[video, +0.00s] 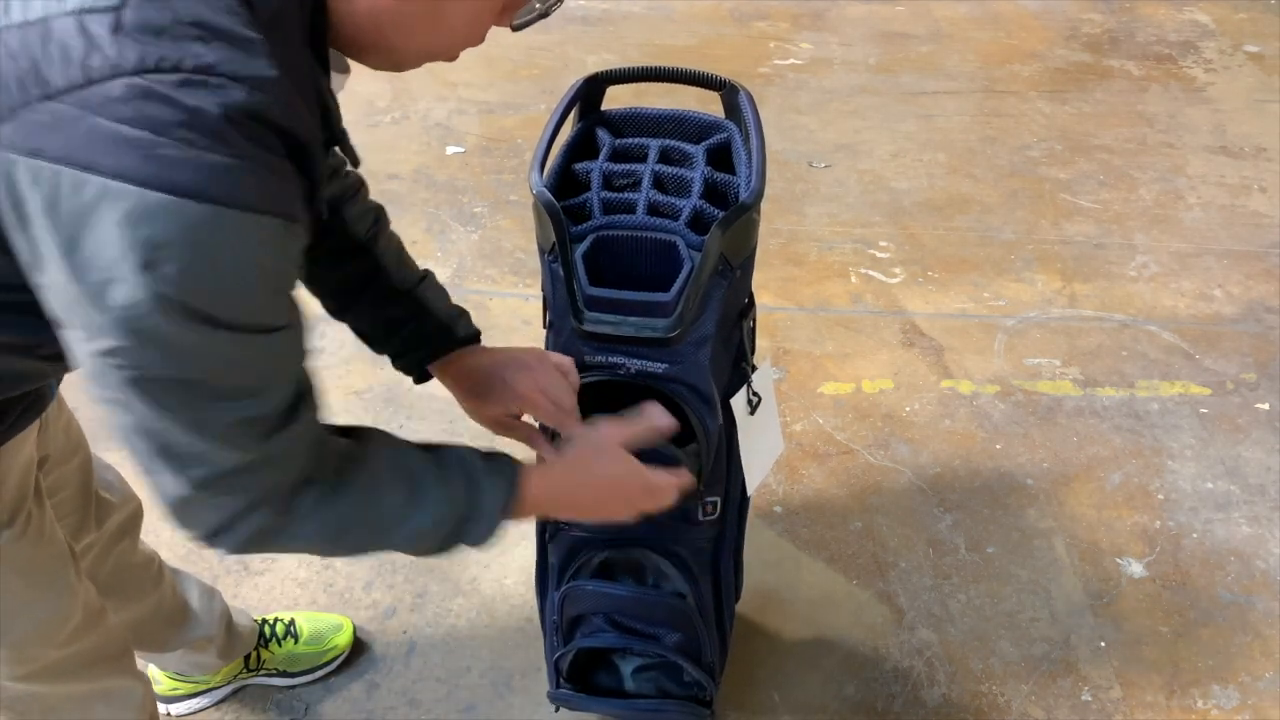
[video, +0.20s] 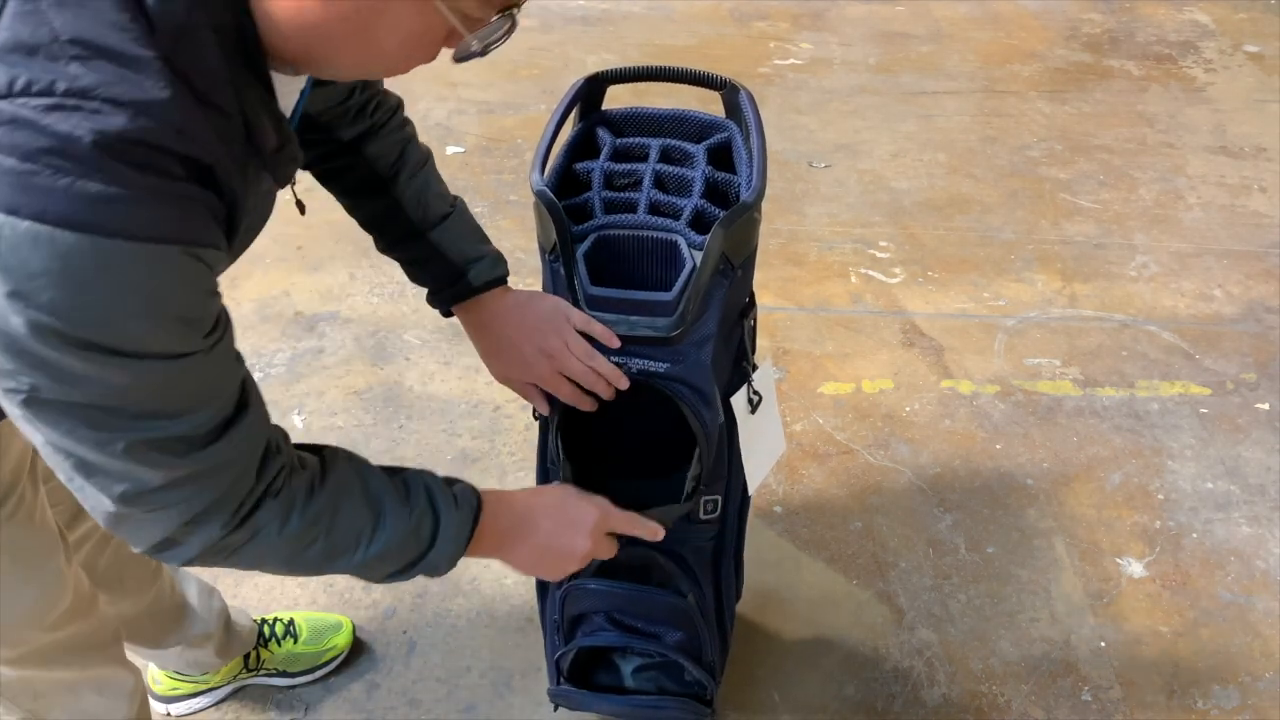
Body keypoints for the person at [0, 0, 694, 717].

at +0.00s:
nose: (483, 37)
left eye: (507, 20)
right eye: (504, 13)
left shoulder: (237, 14)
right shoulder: (164, 128)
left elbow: (316, 195)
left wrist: (461, 360)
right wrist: (537, 487)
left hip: (20, 392)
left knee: (94, 532)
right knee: (69, 666)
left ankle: (202, 654)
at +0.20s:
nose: (445, 56)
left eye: (468, 39)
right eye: (461, 31)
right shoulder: (82, 168)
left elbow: (343, 115)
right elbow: (212, 503)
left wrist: (481, 294)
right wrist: (488, 524)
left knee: (80, 517)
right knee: (59, 644)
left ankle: (202, 653)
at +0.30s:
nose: (431, 79)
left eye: (458, 58)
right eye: (443, 51)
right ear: (312, 3)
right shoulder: (54, 198)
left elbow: (340, 119)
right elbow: (221, 495)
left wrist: (479, 293)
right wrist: (491, 523)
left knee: (84, 513)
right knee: (45, 631)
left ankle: (199, 654)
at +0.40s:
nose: (421, 90)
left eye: (443, 69)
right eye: (423, 65)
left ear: (264, 4)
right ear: (264, 13)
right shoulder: (41, 208)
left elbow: (344, 119)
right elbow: (218, 486)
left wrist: (482, 294)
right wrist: (486, 523)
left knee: (84, 514)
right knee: (39, 623)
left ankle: (200, 654)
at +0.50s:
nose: (408, 82)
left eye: (426, 56)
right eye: (398, 57)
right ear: (238, 13)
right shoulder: (32, 223)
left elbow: (373, 149)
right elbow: (201, 480)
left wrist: (523, 364)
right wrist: (479, 518)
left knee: (83, 513)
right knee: (39, 622)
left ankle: (200, 653)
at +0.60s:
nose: (412, 91)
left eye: (427, 64)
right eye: (398, 66)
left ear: (203, 7)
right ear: (208, 11)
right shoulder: (24, 245)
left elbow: (405, 201)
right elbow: (187, 495)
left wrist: (570, 402)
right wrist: (475, 535)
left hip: (47, 351)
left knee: (97, 517)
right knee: (35, 614)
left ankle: (200, 653)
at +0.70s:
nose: (399, 104)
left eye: (415, 79)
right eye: (385, 79)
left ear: (195, 15)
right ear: (198, 22)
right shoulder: (21, 260)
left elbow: (401, 198)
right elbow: (185, 497)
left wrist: (563, 402)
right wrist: (471, 525)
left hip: (48, 363)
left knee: (99, 521)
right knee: (35, 617)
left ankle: (200, 654)